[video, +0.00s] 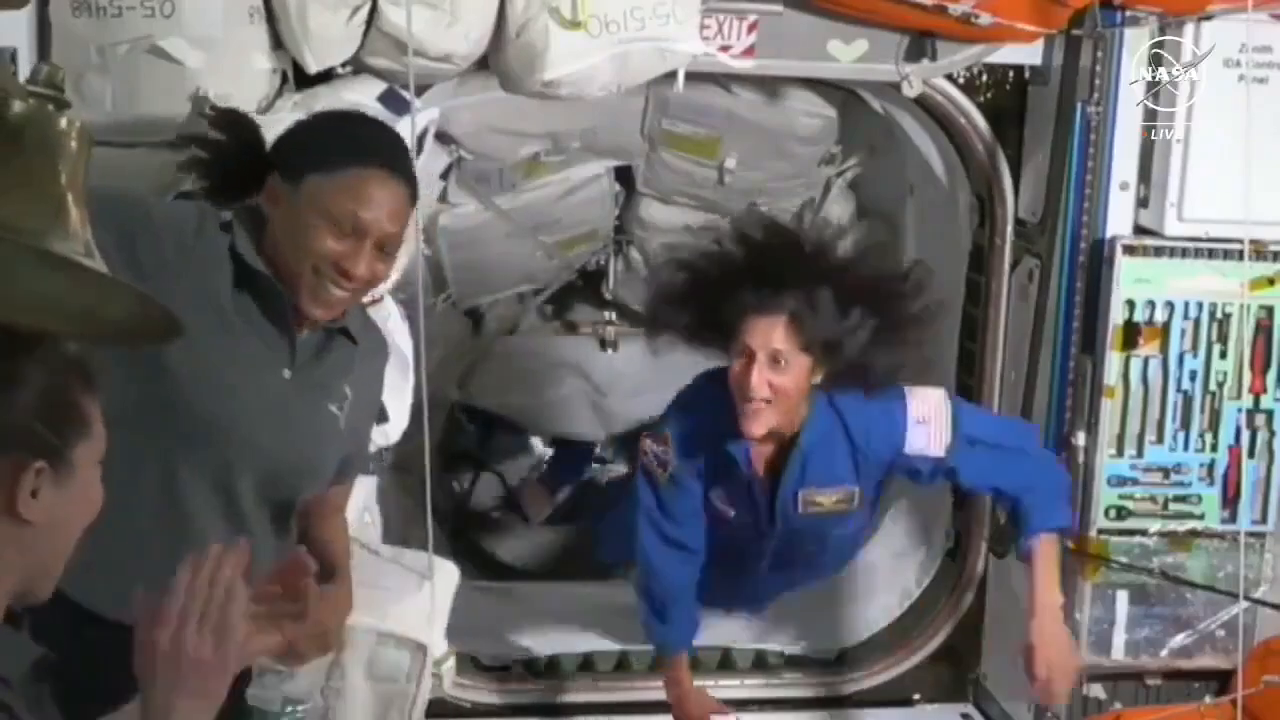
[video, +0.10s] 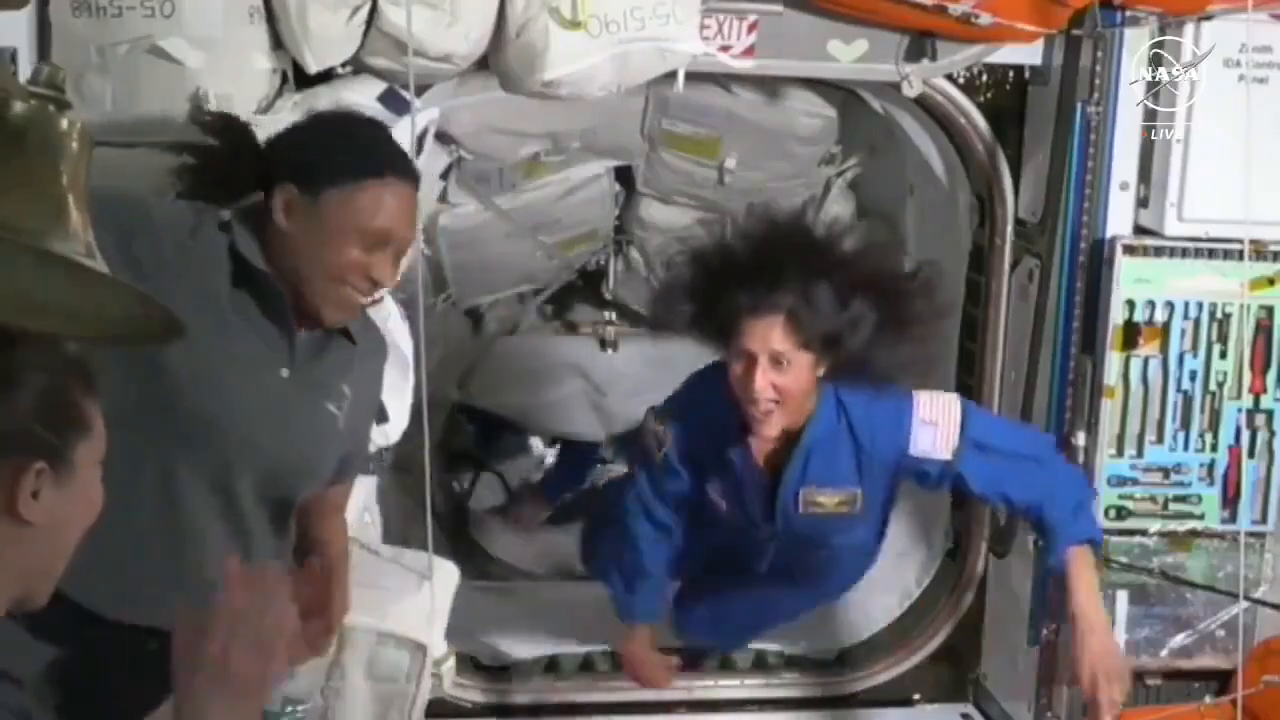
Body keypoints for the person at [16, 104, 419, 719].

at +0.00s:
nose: (361, 266)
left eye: (385, 249)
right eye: (344, 231)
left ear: (399, 254)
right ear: (274, 196)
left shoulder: (361, 352)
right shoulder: (154, 242)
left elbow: (325, 507)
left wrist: (338, 596)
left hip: (217, 651)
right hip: (74, 621)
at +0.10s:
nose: (387, 275)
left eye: (400, 255)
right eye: (372, 245)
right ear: (289, 208)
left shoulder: (360, 353)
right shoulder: (159, 245)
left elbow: (325, 504)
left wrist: (325, 590)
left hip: (222, 646)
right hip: (74, 619)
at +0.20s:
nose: (401, 281)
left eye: (408, 254)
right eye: (392, 250)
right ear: (309, 221)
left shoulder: (357, 348)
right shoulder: (143, 248)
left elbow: (324, 505)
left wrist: (329, 591)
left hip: (228, 658)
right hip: (76, 634)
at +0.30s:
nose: (406, 283)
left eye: (413, 257)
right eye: (399, 251)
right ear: (322, 226)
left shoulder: (356, 352)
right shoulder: (129, 245)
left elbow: (323, 504)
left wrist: (326, 590)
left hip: (206, 670)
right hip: (59, 640)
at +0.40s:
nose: (407, 284)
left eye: (415, 257)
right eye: (400, 252)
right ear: (323, 225)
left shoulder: (354, 358)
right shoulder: (143, 247)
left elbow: (321, 509)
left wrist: (324, 595)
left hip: (205, 670)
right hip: (57, 639)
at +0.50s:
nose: (407, 284)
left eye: (414, 257)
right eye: (400, 251)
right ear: (322, 225)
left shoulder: (354, 361)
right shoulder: (145, 248)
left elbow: (320, 509)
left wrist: (325, 596)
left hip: (203, 670)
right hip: (55, 638)